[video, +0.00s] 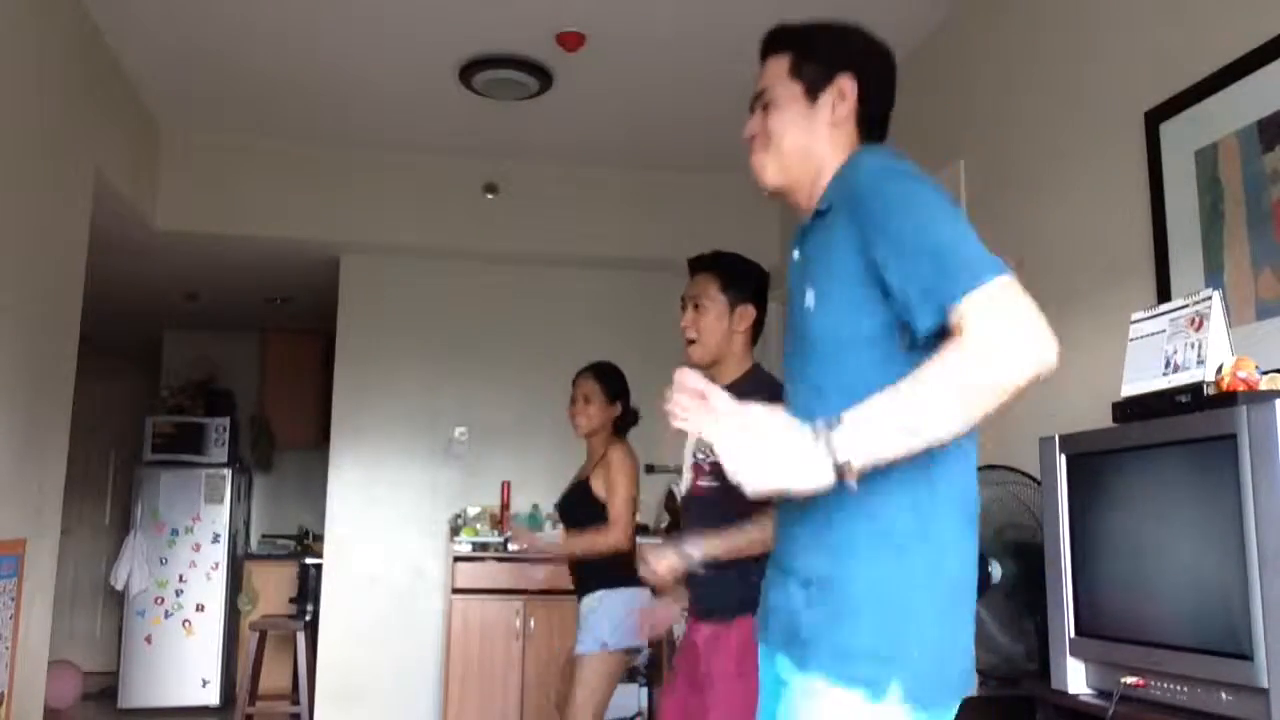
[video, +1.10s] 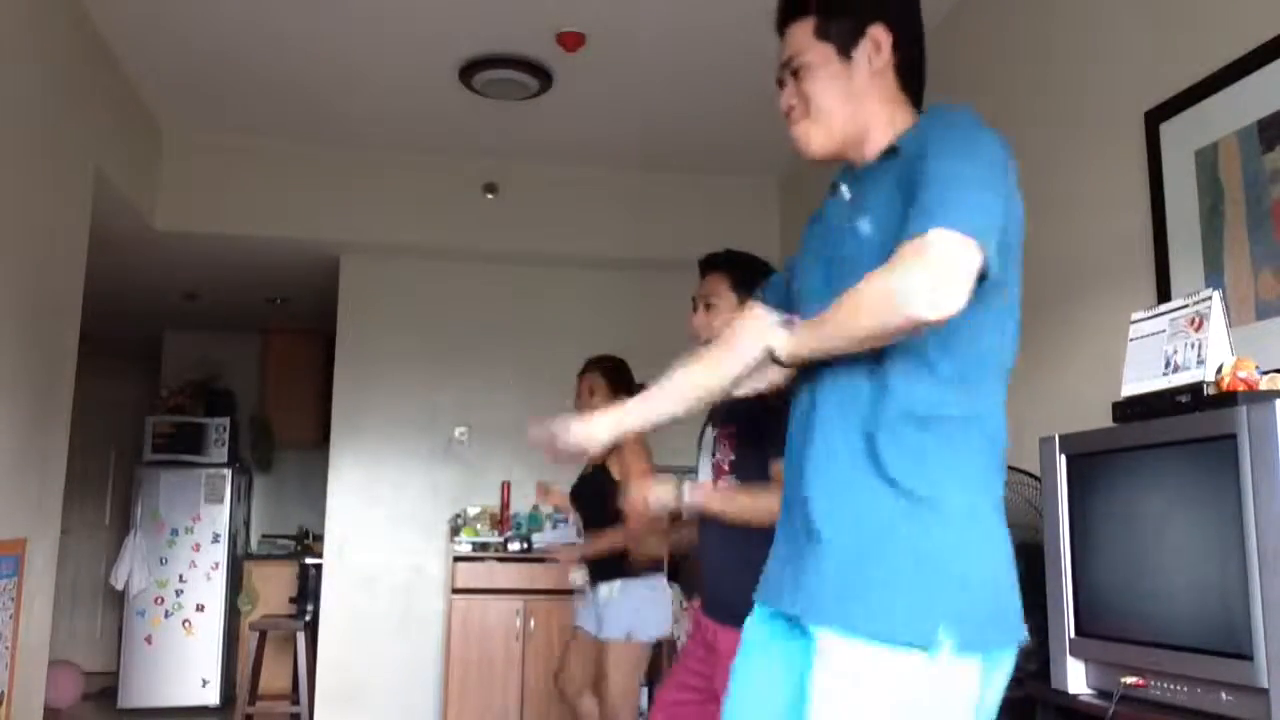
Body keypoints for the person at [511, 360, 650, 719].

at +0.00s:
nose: (576, 410)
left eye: (588, 401)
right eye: (574, 401)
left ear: (616, 409)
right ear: (570, 405)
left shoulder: (618, 455)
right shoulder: (595, 457)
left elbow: (620, 536)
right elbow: (591, 531)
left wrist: (550, 546)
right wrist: (537, 537)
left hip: (615, 599)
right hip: (597, 597)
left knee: (581, 711)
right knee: (573, 709)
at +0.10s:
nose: (576, 390)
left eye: (587, 380)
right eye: (573, 381)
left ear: (615, 388)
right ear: (572, 387)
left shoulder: (618, 431)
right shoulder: (596, 436)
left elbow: (605, 495)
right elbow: (597, 513)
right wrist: (560, 548)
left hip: (620, 583)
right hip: (592, 582)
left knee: (593, 700)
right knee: (572, 692)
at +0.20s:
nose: (579, 395)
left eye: (589, 385)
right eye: (576, 386)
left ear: (617, 391)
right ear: (572, 392)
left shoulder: (617, 435)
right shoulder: (596, 441)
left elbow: (618, 505)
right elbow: (599, 503)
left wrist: (550, 508)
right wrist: (556, 499)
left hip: (623, 583)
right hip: (595, 581)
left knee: (604, 704)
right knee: (569, 676)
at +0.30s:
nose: (579, 414)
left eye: (590, 403)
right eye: (577, 405)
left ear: (619, 411)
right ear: (573, 411)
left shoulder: (618, 464)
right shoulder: (600, 465)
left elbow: (632, 543)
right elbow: (580, 535)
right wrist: (551, 495)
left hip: (627, 605)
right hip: (608, 602)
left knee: (596, 711)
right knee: (563, 678)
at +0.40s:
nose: (580, 414)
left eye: (591, 405)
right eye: (577, 405)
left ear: (618, 413)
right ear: (573, 409)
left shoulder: (623, 465)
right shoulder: (595, 465)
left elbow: (628, 550)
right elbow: (592, 539)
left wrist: (565, 561)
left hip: (615, 603)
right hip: (591, 600)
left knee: (593, 711)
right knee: (575, 708)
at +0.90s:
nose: (584, 398)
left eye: (595, 391)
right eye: (581, 390)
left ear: (620, 399)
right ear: (576, 396)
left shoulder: (627, 444)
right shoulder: (597, 449)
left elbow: (627, 524)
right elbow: (601, 522)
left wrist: (565, 517)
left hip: (625, 587)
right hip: (600, 586)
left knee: (603, 709)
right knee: (587, 705)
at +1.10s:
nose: (584, 401)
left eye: (594, 391)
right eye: (581, 392)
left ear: (618, 395)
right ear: (577, 395)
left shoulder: (630, 445)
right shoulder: (601, 450)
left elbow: (638, 526)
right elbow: (599, 517)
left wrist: (580, 551)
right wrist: (563, 502)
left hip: (635, 584)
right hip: (600, 583)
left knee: (618, 700)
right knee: (571, 684)